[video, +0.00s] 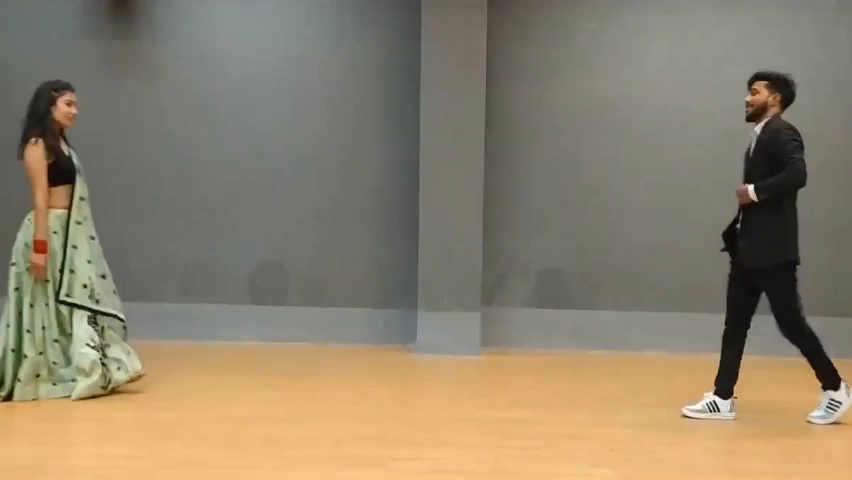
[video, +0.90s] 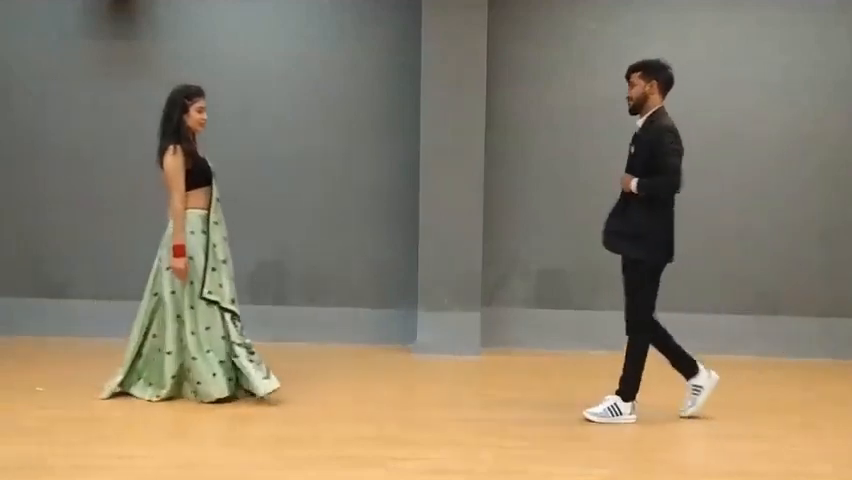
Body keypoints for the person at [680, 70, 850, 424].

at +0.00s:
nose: (747, 98)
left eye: (754, 92)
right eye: (748, 92)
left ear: (775, 98)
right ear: (765, 99)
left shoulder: (783, 132)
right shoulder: (760, 136)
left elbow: (796, 174)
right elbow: (763, 188)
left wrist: (755, 191)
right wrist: (740, 228)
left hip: (774, 248)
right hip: (748, 247)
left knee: (792, 324)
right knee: (735, 324)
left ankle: (837, 390)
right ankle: (721, 398)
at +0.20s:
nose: (719, 94)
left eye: (726, 88)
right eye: (719, 89)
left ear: (748, 94)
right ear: (731, 96)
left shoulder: (765, 129)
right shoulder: (719, 141)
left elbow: (784, 171)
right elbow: (711, 187)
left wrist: (741, 184)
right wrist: (700, 223)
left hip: (748, 240)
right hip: (718, 240)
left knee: (742, 319)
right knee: (722, 320)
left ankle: (796, 373)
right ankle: (721, 399)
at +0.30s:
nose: (703, 94)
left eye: (710, 87)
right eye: (703, 88)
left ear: (733, 90)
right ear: (723, 93)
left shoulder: (755, 128)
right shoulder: (705, 138)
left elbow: (777, 173)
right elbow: (693, 185)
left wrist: (733, 183)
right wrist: (684, 224)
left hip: (737, 238)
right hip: (704, 238)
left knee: (722, 315)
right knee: (715, 318)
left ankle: (761, 385)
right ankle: (721, 398)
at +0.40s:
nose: (691, 93)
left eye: (697, 86)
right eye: (691, 88)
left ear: (720, 89)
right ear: (703, 93)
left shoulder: (744, 130)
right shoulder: (691, 136)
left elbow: (769, 174)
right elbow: (681, 183)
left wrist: (726, 184)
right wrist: (674, 224)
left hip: (727, 236)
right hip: (695, 238)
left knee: (705, 312)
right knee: (707, 315)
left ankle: (719, 398)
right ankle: (718, 396)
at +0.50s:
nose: (678, 94)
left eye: (684, 87)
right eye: (678, 89)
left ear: (707, 89)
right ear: (695, 93)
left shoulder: (732, 132)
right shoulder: (679, 137)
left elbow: (757, 177)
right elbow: (671, 185)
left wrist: (715, 186)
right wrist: (665, 226)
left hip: (716, 238)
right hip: (685, 239)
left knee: (690, 312)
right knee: (705, 316)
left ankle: (672, 397)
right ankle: (721, 398)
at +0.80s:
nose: (640, 96)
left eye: (645, 88)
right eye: (640, 90)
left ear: (666, 90)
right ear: (660, 92)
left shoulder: (684, 135)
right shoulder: (649, 137)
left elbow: (701, 186)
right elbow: (651, 190)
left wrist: (661, 191)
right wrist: (639, 240)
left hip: (667, 246)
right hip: (650, 245)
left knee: (646, 321)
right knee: (672, 320)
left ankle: (626, 401)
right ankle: (714, 391)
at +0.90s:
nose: (628, 92)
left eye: (633, 84)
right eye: (629, 85)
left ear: (654, 87)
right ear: (650, 88)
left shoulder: (664, 131)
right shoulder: (649, 128)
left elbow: (670, 184)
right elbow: (653, 183)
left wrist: (636, 185)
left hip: (649, 242)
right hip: (637, 240)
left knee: (639, 320)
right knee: (640, 320)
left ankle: (624, 401)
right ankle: (698, 376)